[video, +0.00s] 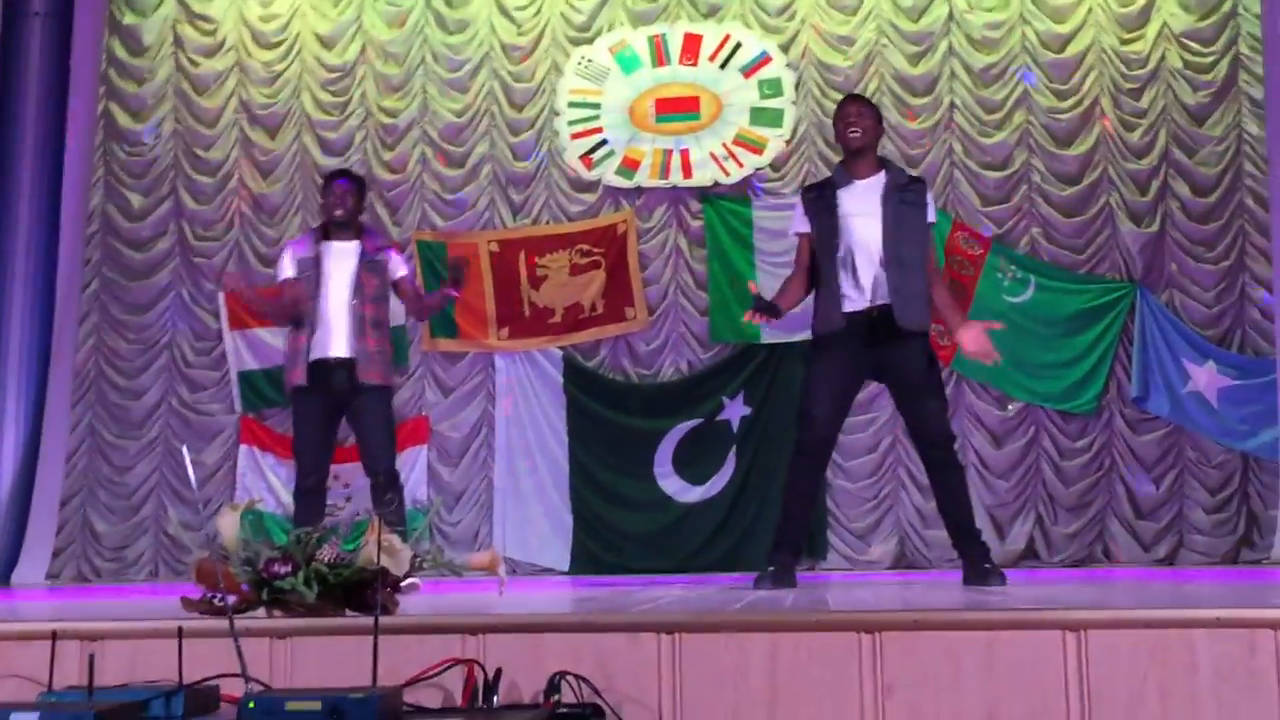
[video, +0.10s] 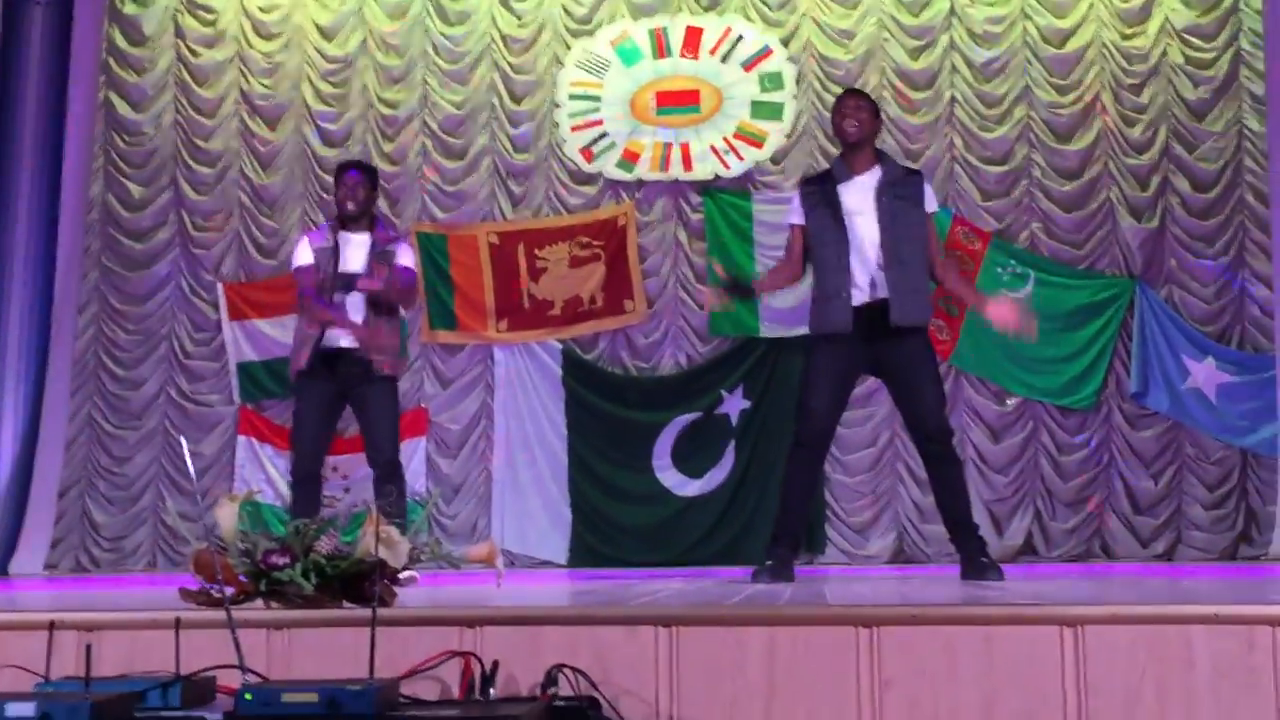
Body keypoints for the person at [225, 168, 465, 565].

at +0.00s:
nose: (339, 203)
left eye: (347, 196)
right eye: (332, 196)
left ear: (361, 204)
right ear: (322, 201)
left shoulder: (383, 252)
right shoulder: (296, 251)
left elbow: (416, 308)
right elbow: (289, 309)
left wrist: (441, 297)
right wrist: (245, 291)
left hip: (367, 375)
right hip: (312, 376)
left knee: (382, 469)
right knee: (309, 473)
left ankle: (396, 559)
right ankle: (303, 562)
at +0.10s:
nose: (349, 196)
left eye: (358, 189)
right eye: (343, 189)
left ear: (373, 195)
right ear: (335, 194)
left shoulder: (397, 245)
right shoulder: (311, 242)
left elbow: (403, 295)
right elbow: (307, 302)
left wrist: (352, 281)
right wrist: (351, 323)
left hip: (373, 364)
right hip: (320, 363)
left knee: (385, 459)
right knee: (305, 461)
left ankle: (394, 548)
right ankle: (301, 549)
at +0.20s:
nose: (367, 188)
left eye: (376, 182)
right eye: (361, 181)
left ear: (391, 188)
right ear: (353, 187)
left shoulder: (415, 238)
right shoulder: (331, 237)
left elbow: (399, 286)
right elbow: (336, 300)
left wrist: (337, 285)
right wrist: (397, 314)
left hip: (391, 358)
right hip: (339, 355)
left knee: (400, 453)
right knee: (312, 451)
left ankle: (405, 542)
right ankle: (310, 542)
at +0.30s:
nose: (397, 187)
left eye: (405, 180)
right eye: (390, 180)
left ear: (420, 187)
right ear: (381, 187)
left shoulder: (443, 238)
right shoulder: (358, 235)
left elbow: (436, 291)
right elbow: (353, 295)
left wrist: (376, 284)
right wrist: (413, 311)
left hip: (416, 355)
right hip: (363, 352)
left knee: (424, 452)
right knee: (336, 449)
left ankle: (427, 543)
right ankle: (332, 541)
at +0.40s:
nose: (408, 191)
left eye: (417, 184)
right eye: (403, 184)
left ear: (435, 187)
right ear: (395, 187)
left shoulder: (459, 238)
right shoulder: (373, 233)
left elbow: (467, 297)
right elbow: (346, 282)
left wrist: (417, 301)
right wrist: (381, 290)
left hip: (431, 358)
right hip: (377, 354)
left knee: (439, 451)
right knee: (354, 449)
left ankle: (440, 544)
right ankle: (342, 542)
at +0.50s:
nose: (422, 182)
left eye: (430, 175)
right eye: (416, 175)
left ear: (447, 183)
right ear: (407, 182)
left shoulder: (470, 233)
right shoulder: (388, 232)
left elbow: (492, 284)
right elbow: (338, 276)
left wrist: (473, 309)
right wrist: (336, 248)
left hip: (444, 355)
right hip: (392, 352)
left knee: (453, 451)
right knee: (369, 449)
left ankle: (456, 539)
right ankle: (350, 539)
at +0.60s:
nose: (421, 180)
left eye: (429, 174)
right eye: (416, 174)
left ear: (445, 183)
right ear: (408, 181)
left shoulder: (468, 231)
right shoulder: (389, 227)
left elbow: (481, 294)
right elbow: (331, 235)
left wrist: (439, 326)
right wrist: (360, 225)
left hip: (450, 354)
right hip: (394, 351)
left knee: (461, 451)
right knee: (373, 449)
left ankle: (464, 547)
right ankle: (350, 543)